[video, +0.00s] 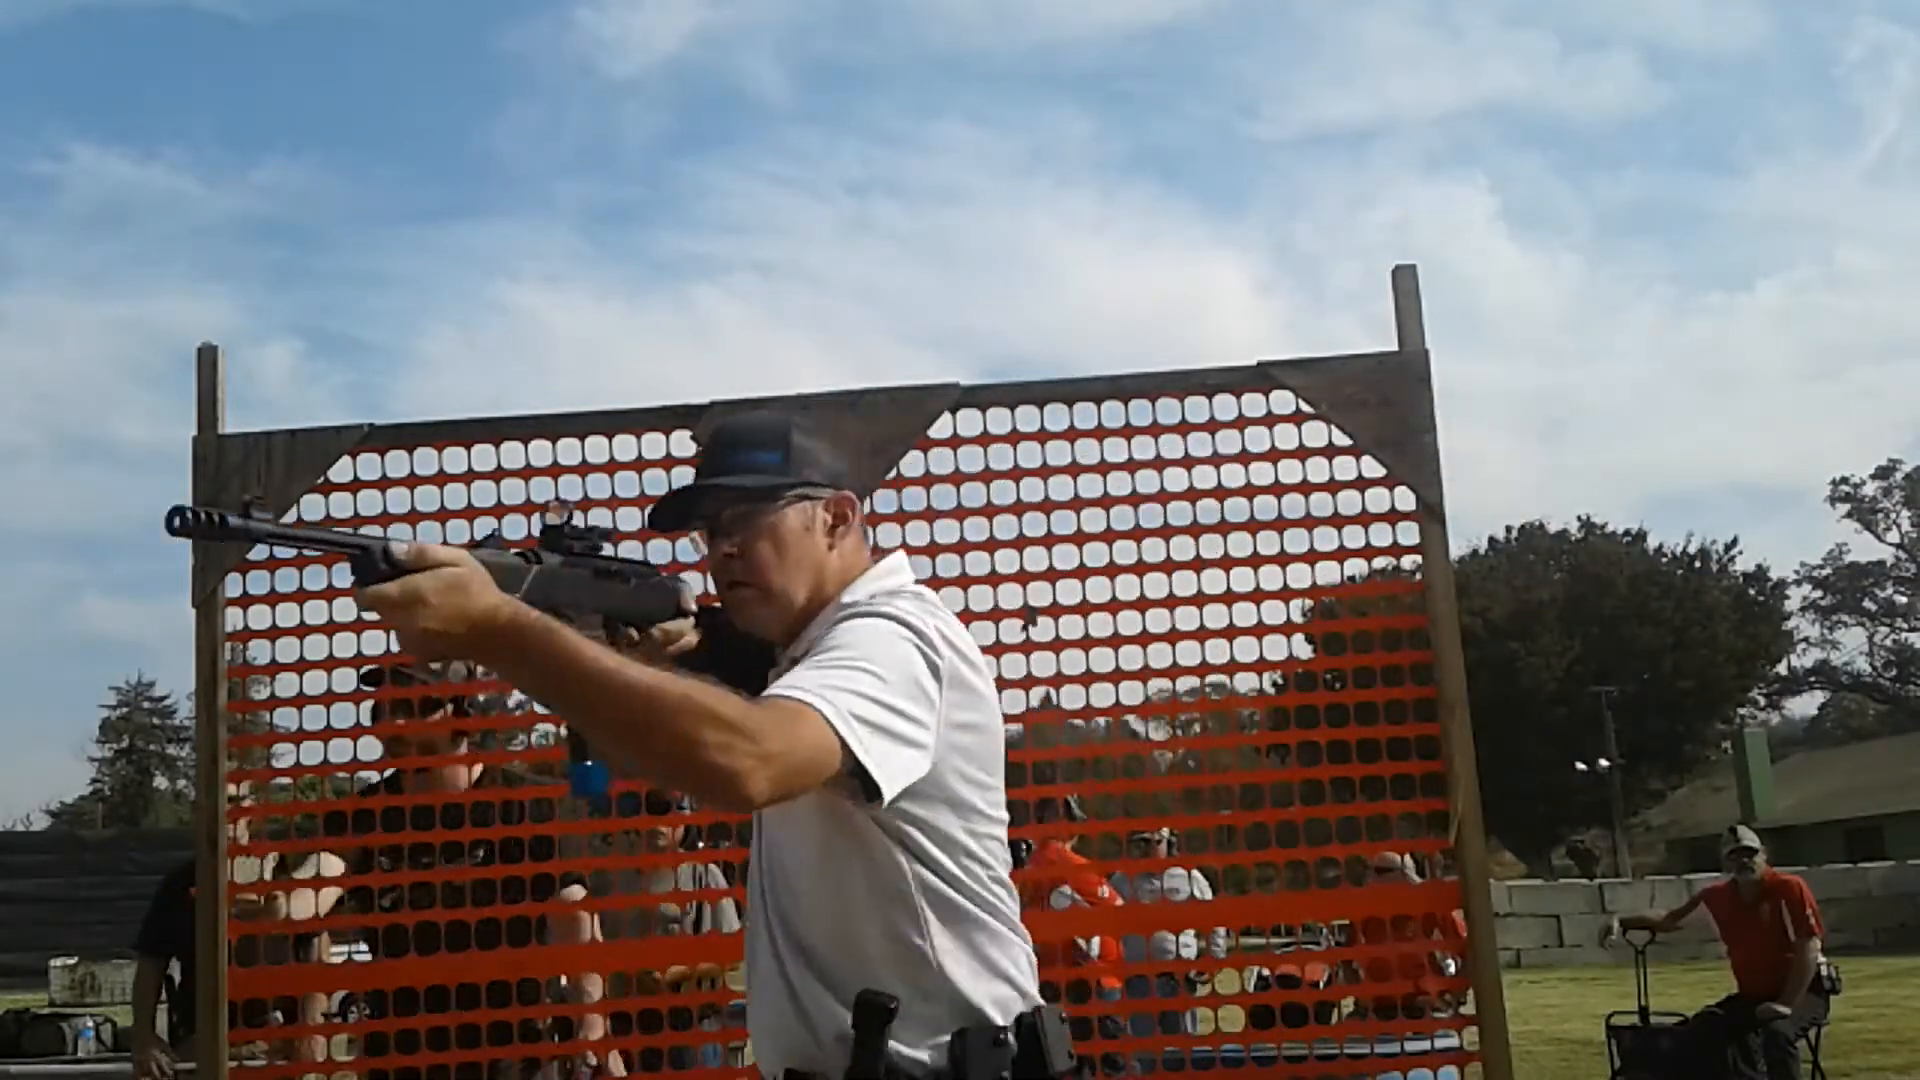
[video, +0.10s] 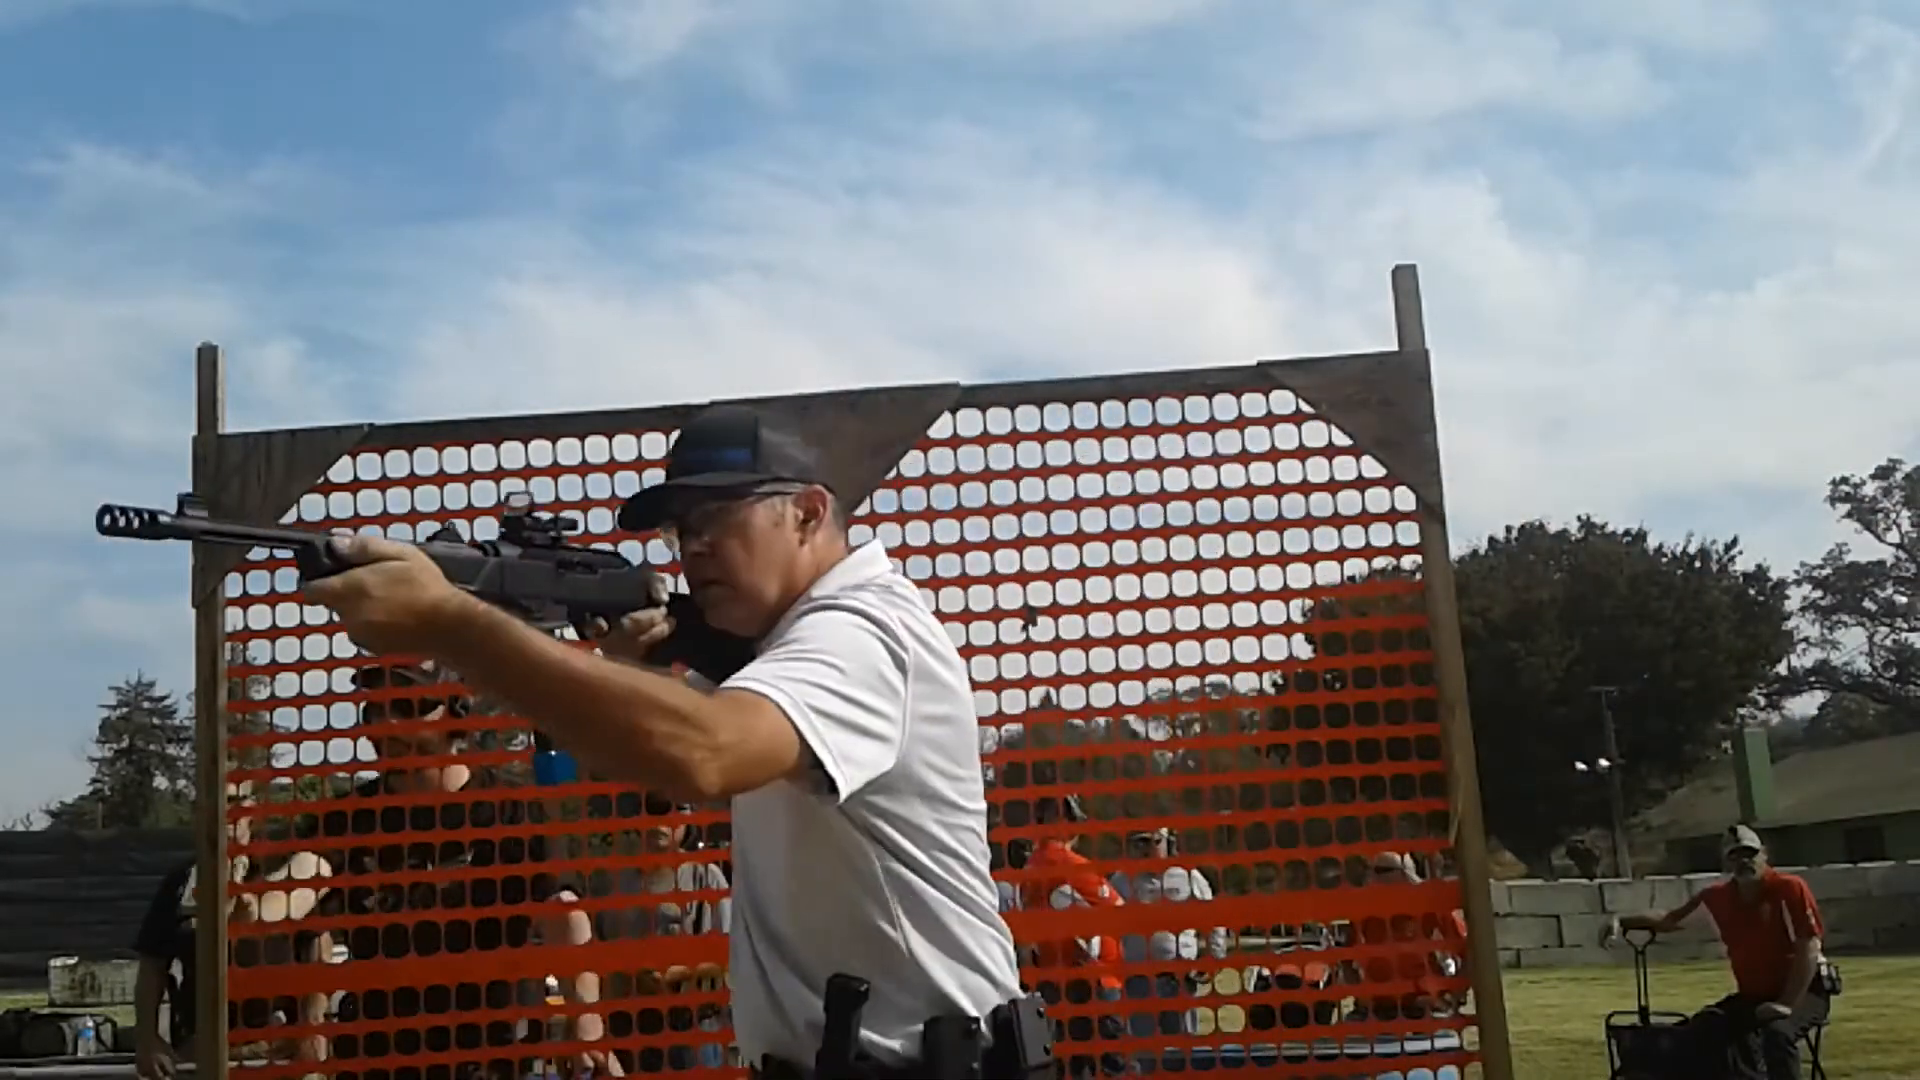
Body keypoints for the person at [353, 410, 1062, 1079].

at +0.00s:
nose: (716, 554)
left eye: (740, 523)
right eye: (709, 531)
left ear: (835, 519)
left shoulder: (895, 637)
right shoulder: (811, 647)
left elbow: (745, 762)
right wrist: (672, 672)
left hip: (937, 1061)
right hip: (820, 1056)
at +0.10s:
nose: (684, 562)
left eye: (706, 529)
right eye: (681, 538)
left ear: (809, 516)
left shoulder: (865, 631)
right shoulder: (796, 633)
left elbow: (703, 755)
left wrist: (448, 620)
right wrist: (657, 667)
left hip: (925, 1057)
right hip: (811, 1051)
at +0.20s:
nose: (672, 562)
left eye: (692, 529)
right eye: (668, 539)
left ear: (795, 512)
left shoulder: (856, 627)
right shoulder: (791, 628)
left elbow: (682, 755)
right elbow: (734, 761)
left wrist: (424, 613)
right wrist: (648, 675)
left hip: (919, 1056)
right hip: (803, 1050)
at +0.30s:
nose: (674, 559)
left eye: (694, 526)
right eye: (670, 536)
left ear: (797, 510)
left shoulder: (858, 626)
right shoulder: (800, 624)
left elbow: (682, 756)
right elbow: (738, 763)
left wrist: (425, 614)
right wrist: (652, 679)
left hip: (921, 1054)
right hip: (808, 1047)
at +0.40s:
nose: (678, 555)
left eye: (698, 522)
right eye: (675, 531)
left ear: (802, 505)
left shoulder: (864, 621)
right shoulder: (806, 624)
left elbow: (682, 755)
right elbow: (750, 759)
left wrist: (425, 613)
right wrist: (655, 674)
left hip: (929, 1055)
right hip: (819, 1048)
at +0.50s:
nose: (679, 552)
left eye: (698, 519)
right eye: (675, 528)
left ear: (804, 502)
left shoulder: (867, 619)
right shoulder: (808, 621)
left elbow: (678, 751)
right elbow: (741, 753)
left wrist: (422, 604)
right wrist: (651, 667)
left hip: (932, 1056)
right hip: (818, 1049)